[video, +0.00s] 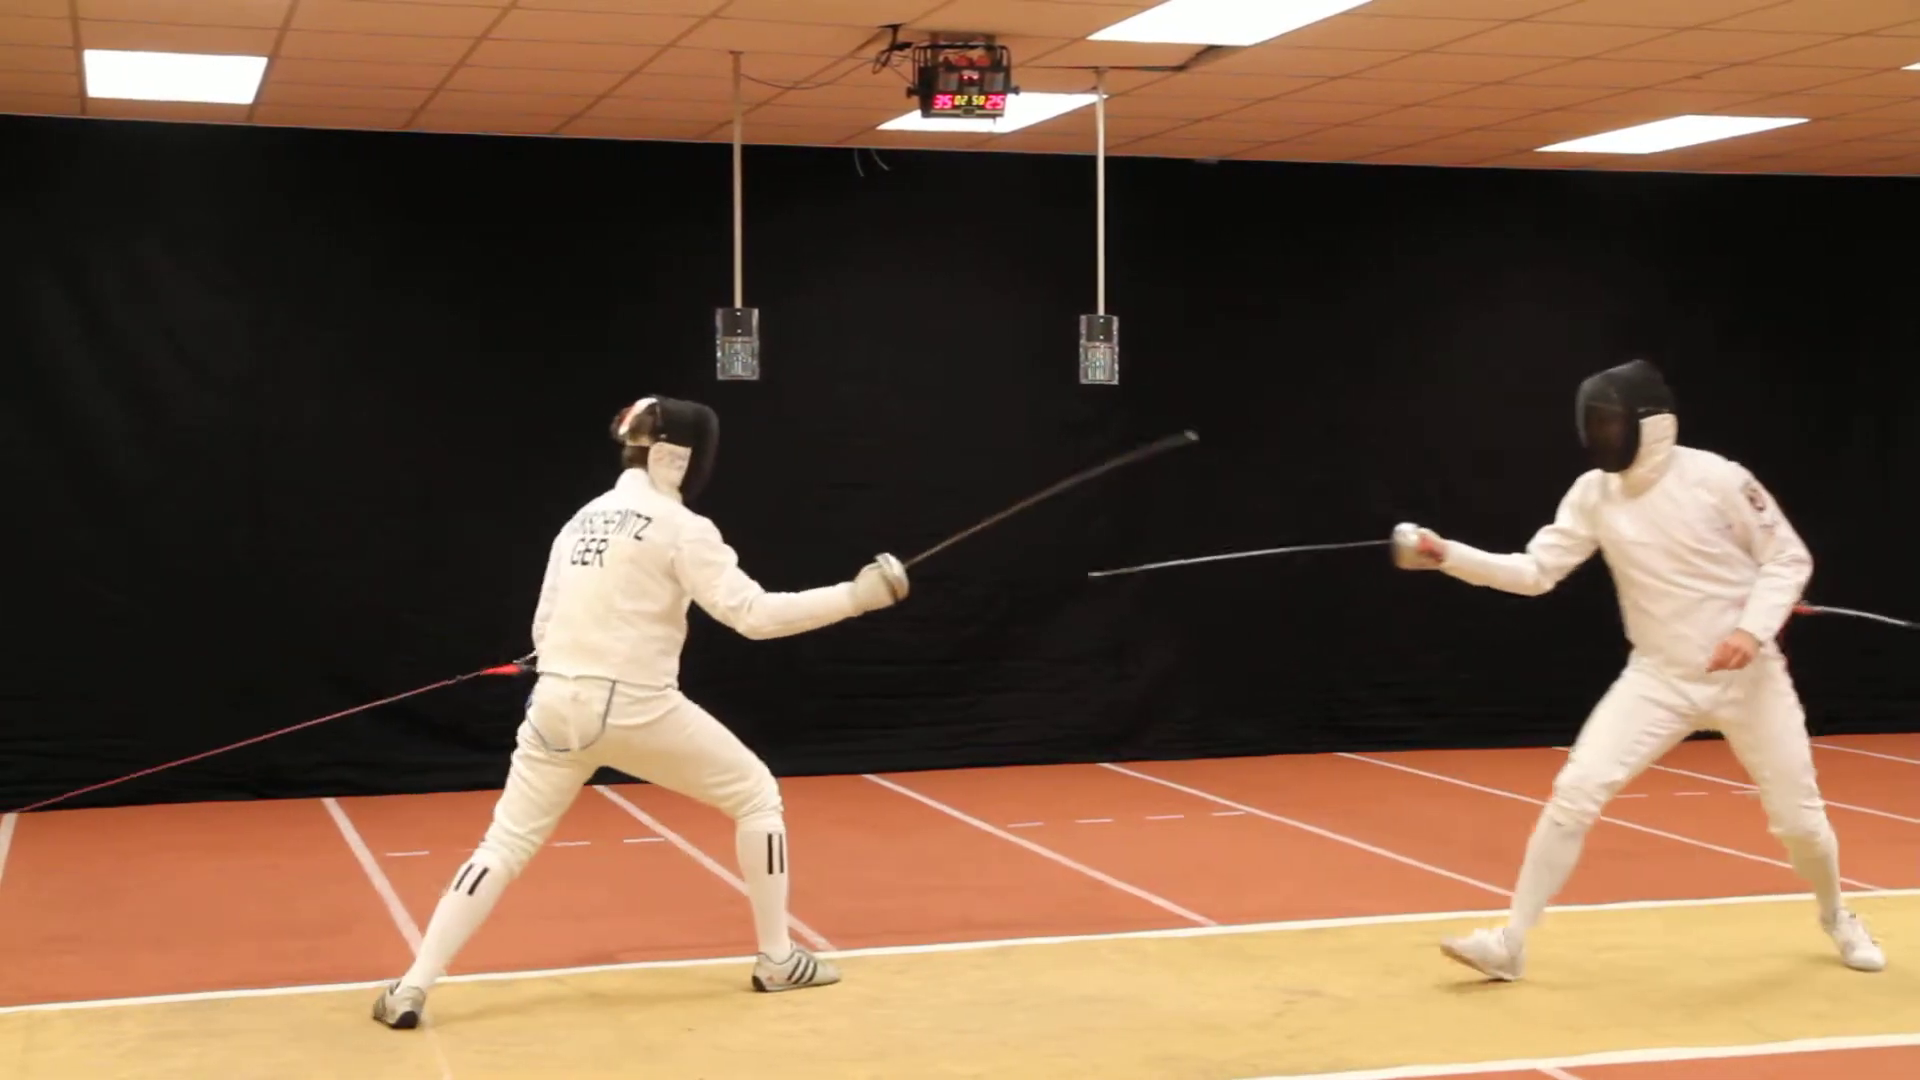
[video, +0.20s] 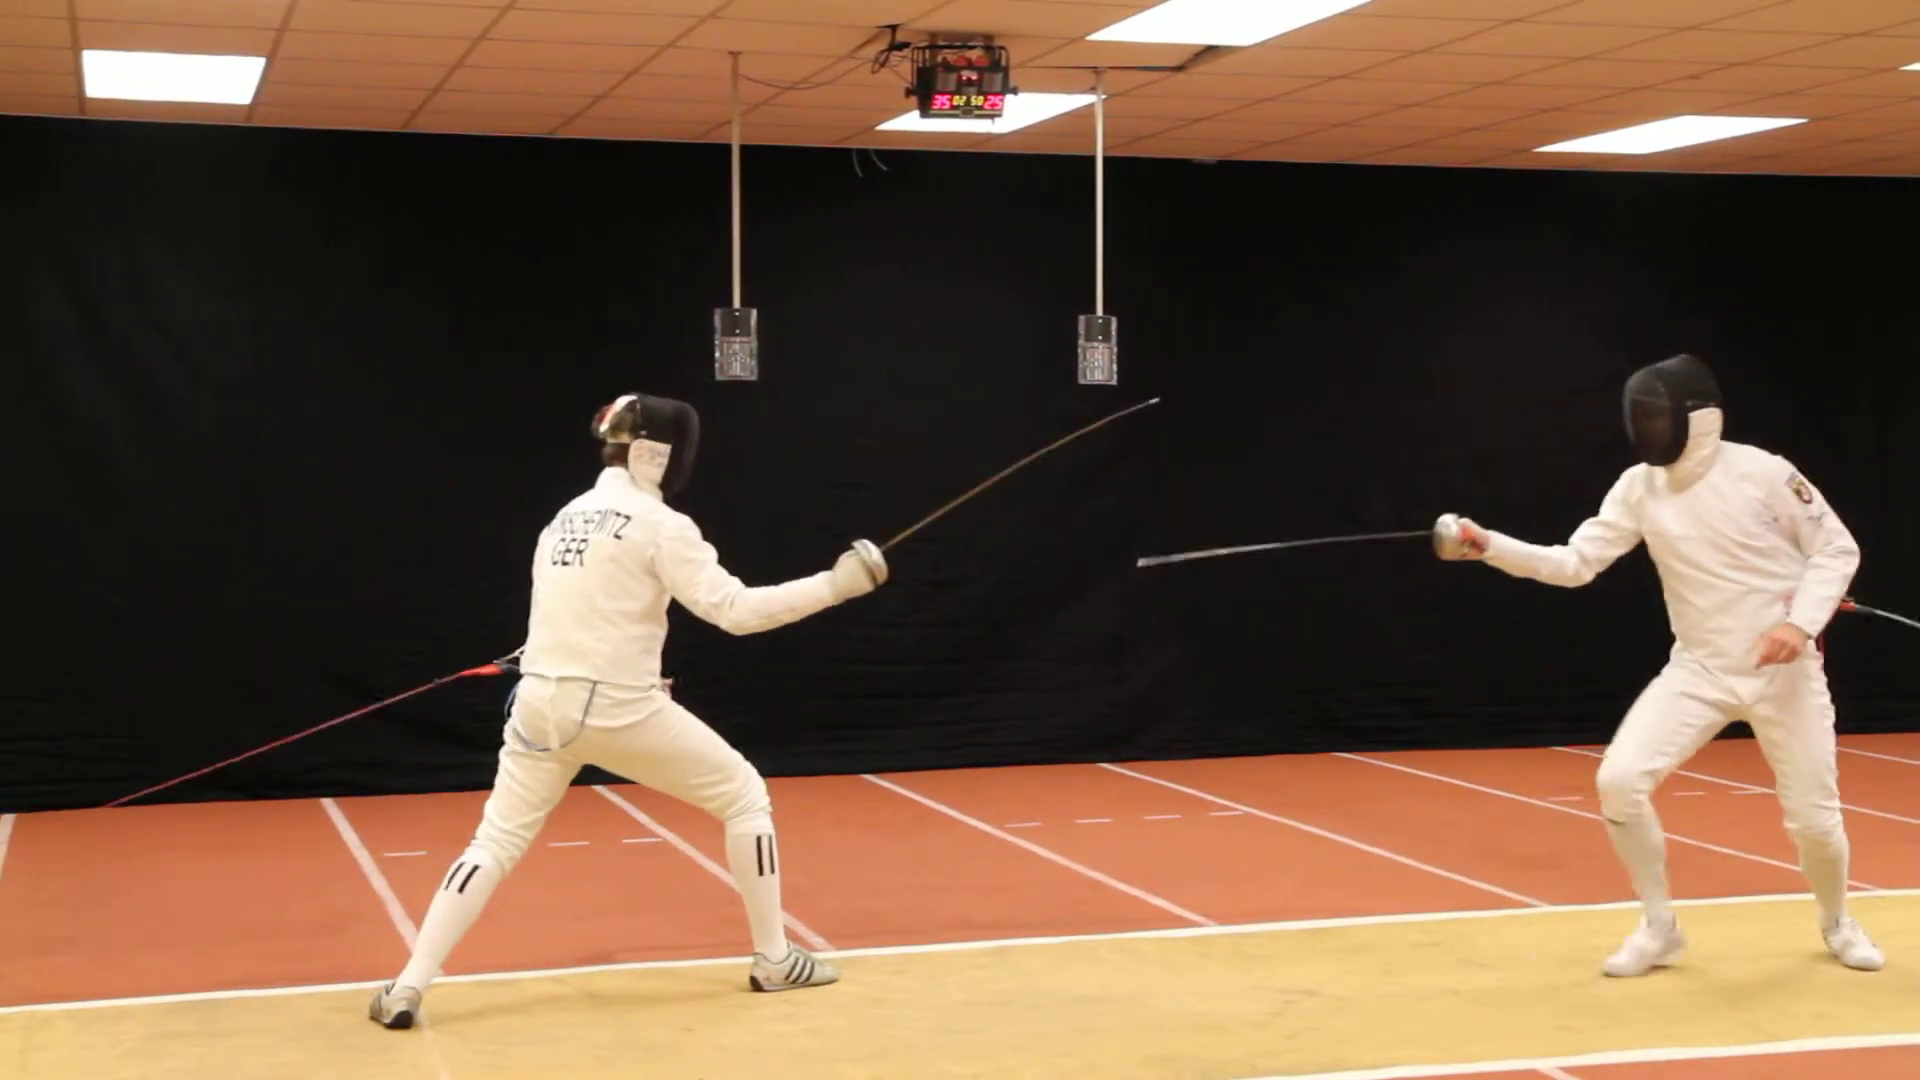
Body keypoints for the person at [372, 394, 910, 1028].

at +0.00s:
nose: (701, 465)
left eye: (694, 450)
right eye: (699, 453)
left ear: (633, 452)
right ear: (686, 460)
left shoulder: (582, 521)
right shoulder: (681, 529)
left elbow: (547, 626)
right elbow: (755, 614)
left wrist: (571, 670)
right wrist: (859, 594)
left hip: (555, 701)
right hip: (640, 706)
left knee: (503, 844)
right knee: (755, 796)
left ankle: (411, 988)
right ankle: (777, 956)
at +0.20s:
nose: (682, 463)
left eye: (678, 450)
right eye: (677, 451)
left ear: (613, 451)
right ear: (658, 457)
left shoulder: (566, 519)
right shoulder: (662, 527)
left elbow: (567, 616)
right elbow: (736, 611)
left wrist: (537, 656)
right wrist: (838, 584)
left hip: (539, 703)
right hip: (621, 707)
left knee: (494, 842)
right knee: (743, 796)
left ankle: (406, 988)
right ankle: (775, 956)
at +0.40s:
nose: (698, 457)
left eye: (689, 441)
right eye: (697, 446)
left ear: (637, 441)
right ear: (686, 449)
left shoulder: (591, 508)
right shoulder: (686, 517)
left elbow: (590, 604)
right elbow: (764, 600)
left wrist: (554, 647)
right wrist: (873, 591)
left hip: (562, 693)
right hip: (648, 697)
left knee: (510, 832)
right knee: (757, 796)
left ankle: (411, 969)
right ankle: (770, 955)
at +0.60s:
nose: (715, 440)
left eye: (710, 426)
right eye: (711, 428)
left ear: (650, 428)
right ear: (695, 435)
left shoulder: (601, 491)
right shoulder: (695, 502)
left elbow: (595, 587)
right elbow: (766, 589)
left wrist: (566, 626)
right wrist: (872, 585)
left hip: (569, 678)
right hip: (652, 682)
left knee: (526, 816)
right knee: (752, 796)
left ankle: (429, 954)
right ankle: (765, 959)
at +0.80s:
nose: (656, 445)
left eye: (656, 432)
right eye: (654, 433)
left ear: (590, 428)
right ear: (637, 434)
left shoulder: (540, 503)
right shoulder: (641, 507)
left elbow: (493, 604)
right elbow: (706, 593)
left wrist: (539, 663)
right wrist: (807, 565)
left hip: (526, 686)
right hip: (610, 689)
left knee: (487, 826)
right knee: (717, 801)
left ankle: (403, 979)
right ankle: (749, 958)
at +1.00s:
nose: (634, 441)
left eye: (626, 428)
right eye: (632, 431)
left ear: (569, 423)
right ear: (618, 432)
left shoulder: (512, 498)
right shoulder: (613, 503)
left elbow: (457, 590)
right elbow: (681, 590)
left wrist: (495, 658)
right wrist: (787, 578)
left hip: (493, 687)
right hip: (578, 689)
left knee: (470, 825)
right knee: (686, 793)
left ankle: (398, 983)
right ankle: (725, 955)